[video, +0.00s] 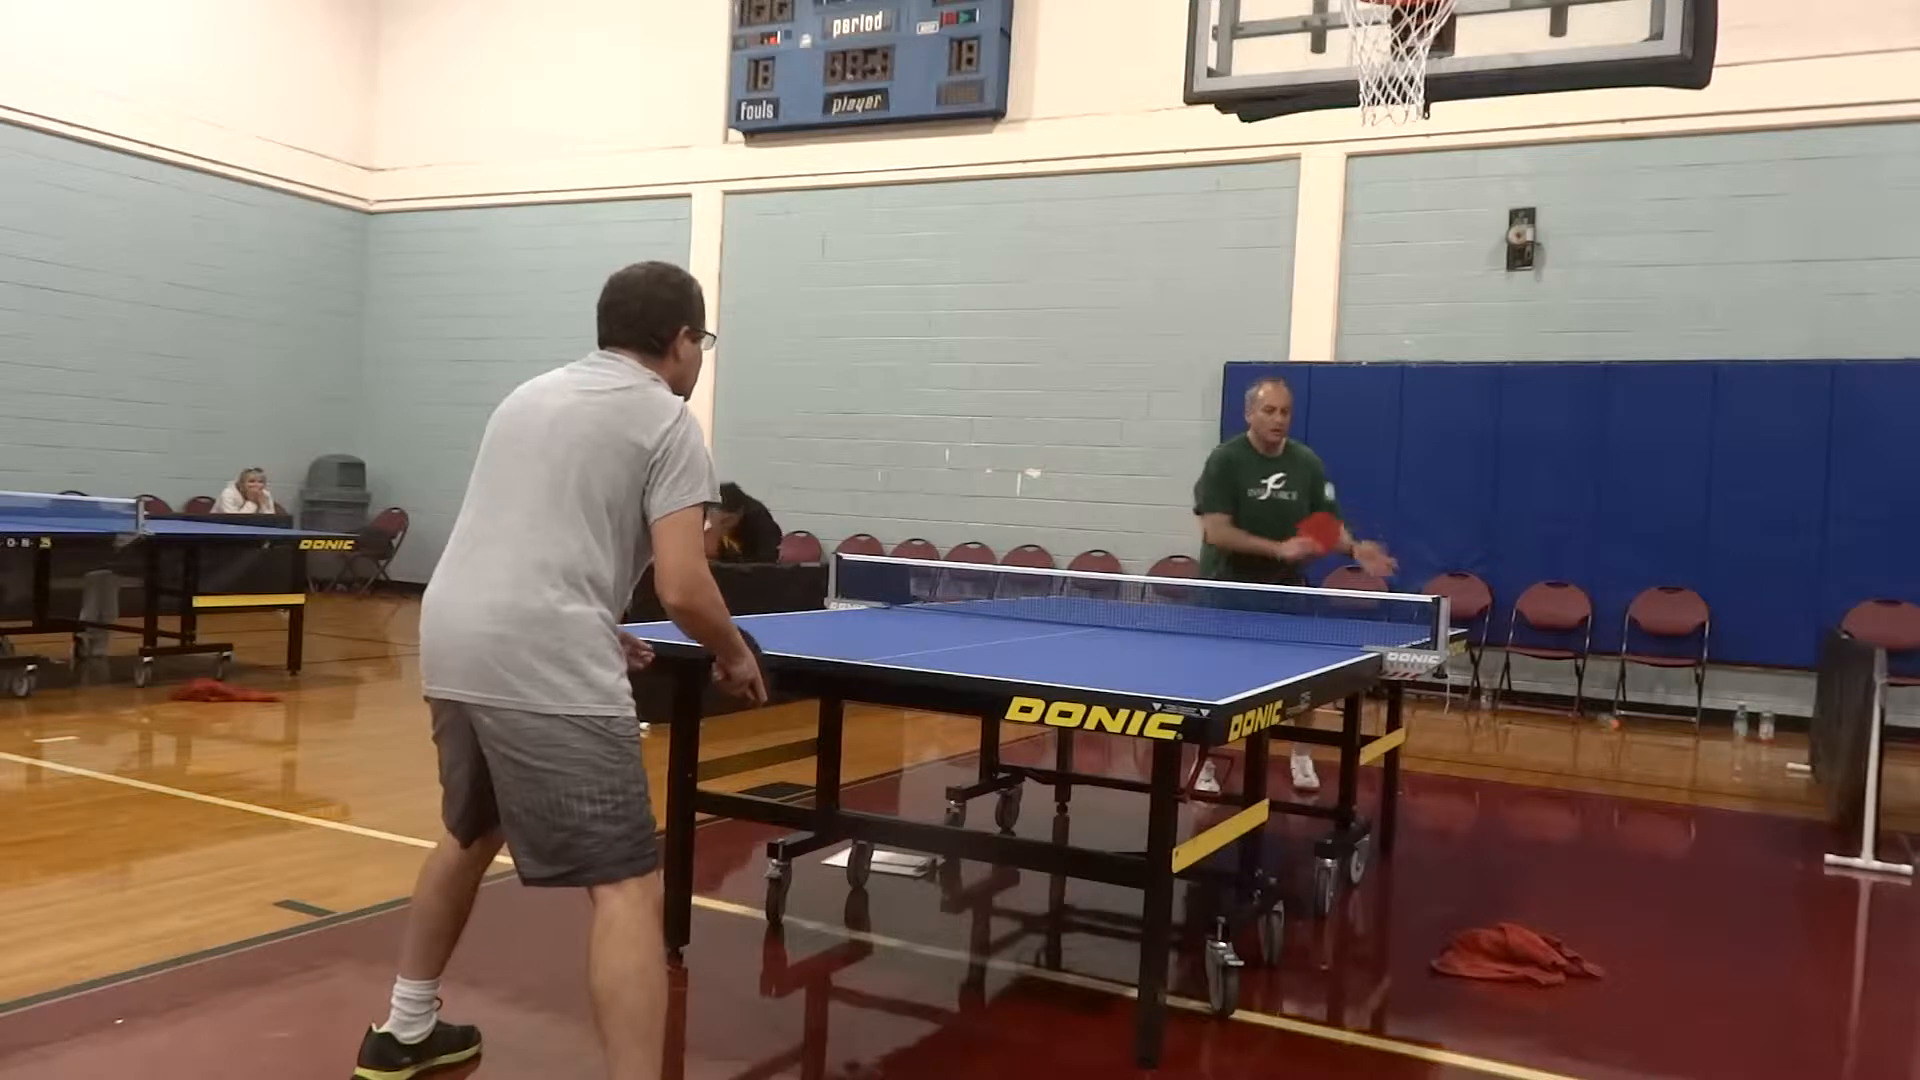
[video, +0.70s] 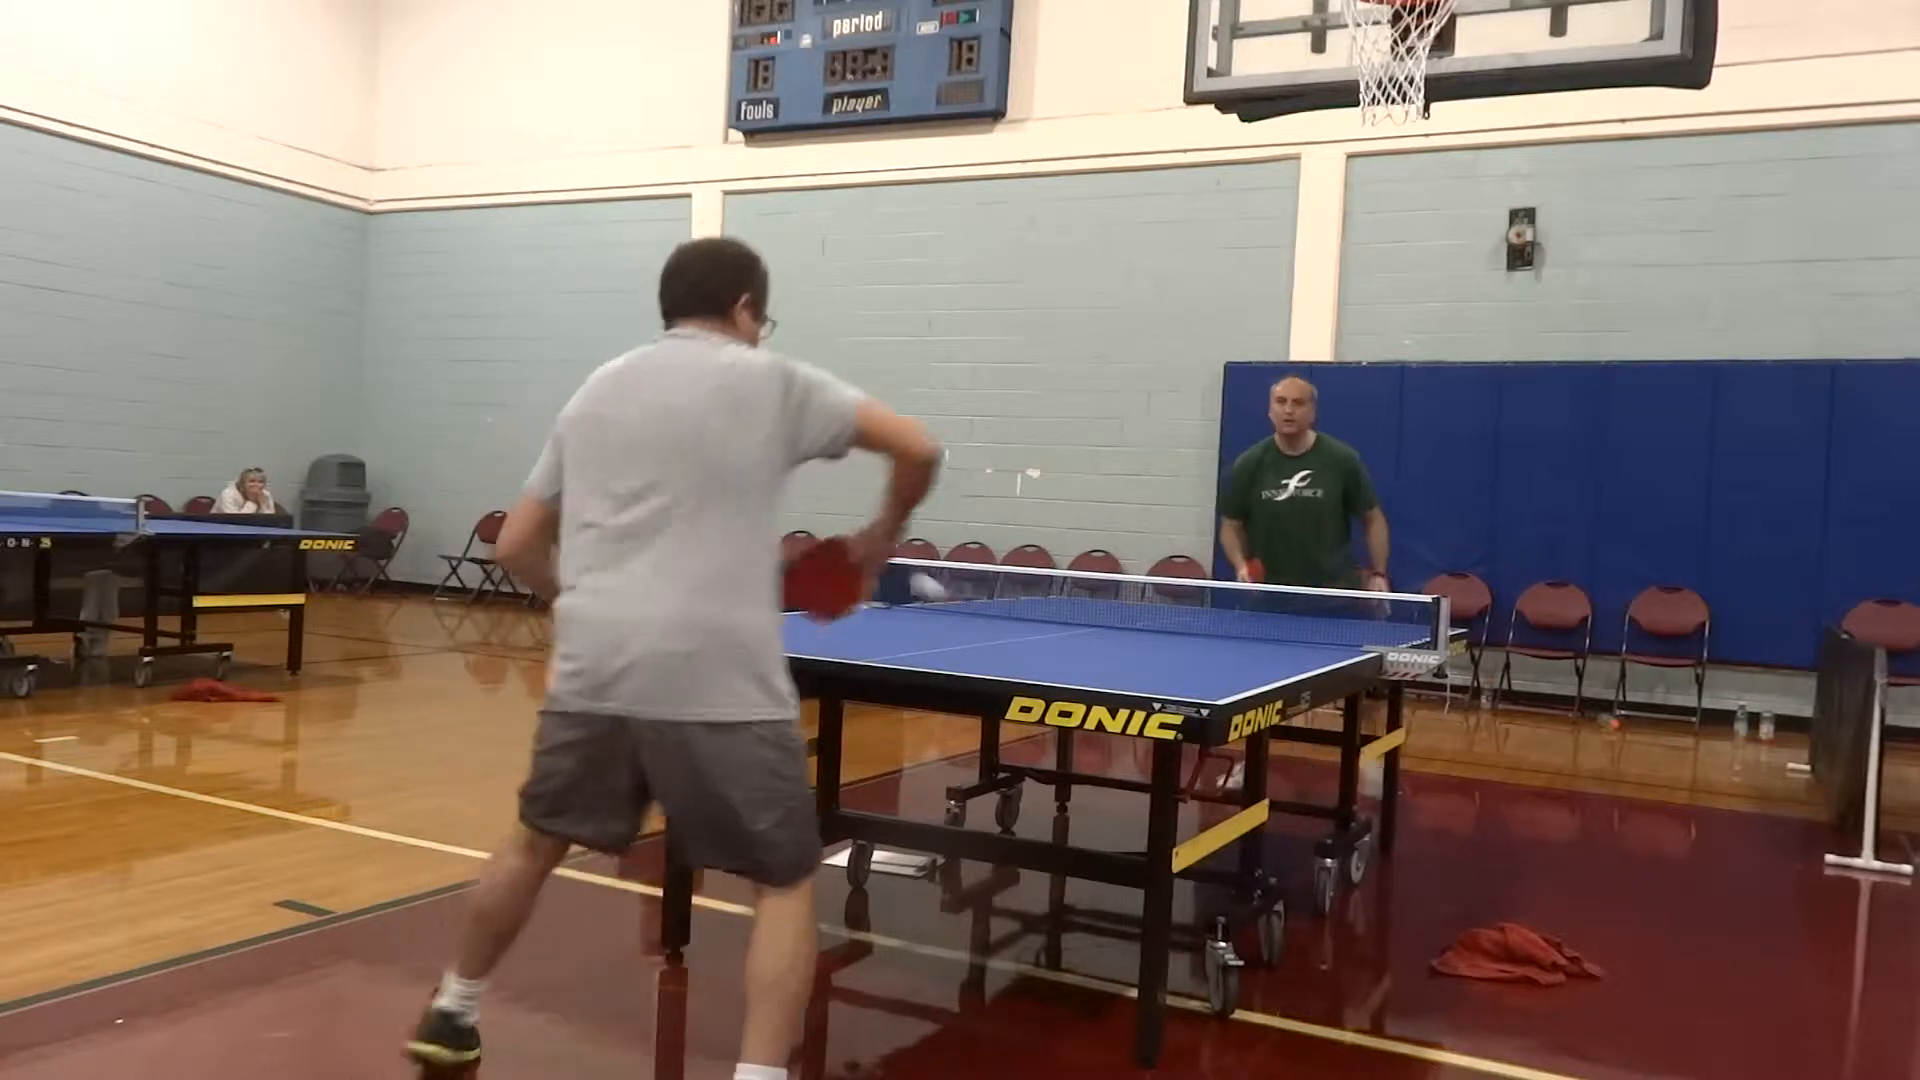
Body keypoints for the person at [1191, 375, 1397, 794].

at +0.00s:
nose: (1279, 420)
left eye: (1285, 412)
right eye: (1269, 411)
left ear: (1292, 416)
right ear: (1249, 414)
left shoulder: (1307, 463)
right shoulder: (1225, 459)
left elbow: (1326, 524)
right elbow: (1214, 531)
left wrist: (1356, 548)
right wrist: (1277, 548)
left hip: (1286, 590)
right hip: (1227, 589)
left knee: (1302, 669)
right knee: (1219, 666)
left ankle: (1301, 753)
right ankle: (1211, 757)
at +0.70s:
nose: (1288, 410)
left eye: (1298, 403)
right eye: (1281, 402)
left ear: (1313, 412)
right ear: (1270, 410)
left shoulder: (1343, 461)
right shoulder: (1247, 466)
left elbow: (1373, 518)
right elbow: (1231, 526)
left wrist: (1379, 573)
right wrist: (1241, 566)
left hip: (1333, 596)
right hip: (1268, 597)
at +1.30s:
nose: (1360, 416)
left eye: (1371, 409)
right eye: (1354, 407)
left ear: (1385, 416)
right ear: (1341, 411)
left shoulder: (1412, 468)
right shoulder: (1317, 463)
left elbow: (1435, 534)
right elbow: (1271, 523)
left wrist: (1404, 572)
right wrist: (1296, 565)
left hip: (1388, 610)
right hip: (1321, 606)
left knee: (1424, 685)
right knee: (1272, 676)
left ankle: (1437, 780)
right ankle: (1252, 763)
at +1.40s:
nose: (1366, 423)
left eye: (1376, 416)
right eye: (1359, 414)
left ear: (1390, 423)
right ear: (1345, 418)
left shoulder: (1408, 477)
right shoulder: (1320, 469)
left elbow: (1421, 544)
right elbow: (1268, 527)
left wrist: (1424, 607)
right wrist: (1301, 557)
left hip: (1391, 614)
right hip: (1323, 611)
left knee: (1423, 686)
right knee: (1275, 679)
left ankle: (1436, 781)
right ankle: (1252, 761)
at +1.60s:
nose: (1357, 439)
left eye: (1366, 433)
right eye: (1349, 430)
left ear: (1377, 439)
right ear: (1332, 434)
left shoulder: (1399, 481)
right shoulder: (1311, 483)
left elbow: (1442, 520)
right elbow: (1257, 544)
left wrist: (1481, 561)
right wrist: (1280, 566)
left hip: (1383, 612)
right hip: (1319, 611)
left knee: (1419, 682)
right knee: (1264, 677)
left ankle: (1434, 783)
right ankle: (1244, 765)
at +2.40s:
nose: (1408, 392)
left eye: (1418, 388)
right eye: (1401, 383)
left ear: (1429, 401)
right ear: (1383, 391)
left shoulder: (1438, 461)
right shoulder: (1343, 444)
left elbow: (1477, 520)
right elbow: (1303, 502)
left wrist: (1487, 566)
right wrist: (1273, 559)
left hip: (1395, 603)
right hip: (1325, 595)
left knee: (1399, 702)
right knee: (1280, 687)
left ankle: (1393, 789)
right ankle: (1252, 776)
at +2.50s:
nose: (1414, 391)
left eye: (1425, 387)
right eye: (1408, 382)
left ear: (1436, 402)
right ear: (1392, 390)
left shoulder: (1447, 460)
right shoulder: (1352, 442)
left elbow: (1486, 520)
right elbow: (1314, 503)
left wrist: (1495, 569)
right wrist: (1290, 563)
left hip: (1401, 602)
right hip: (1334, 593)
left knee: (1402, 700)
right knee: (1315, 677)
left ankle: (1392, 787)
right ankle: (1309, 750)